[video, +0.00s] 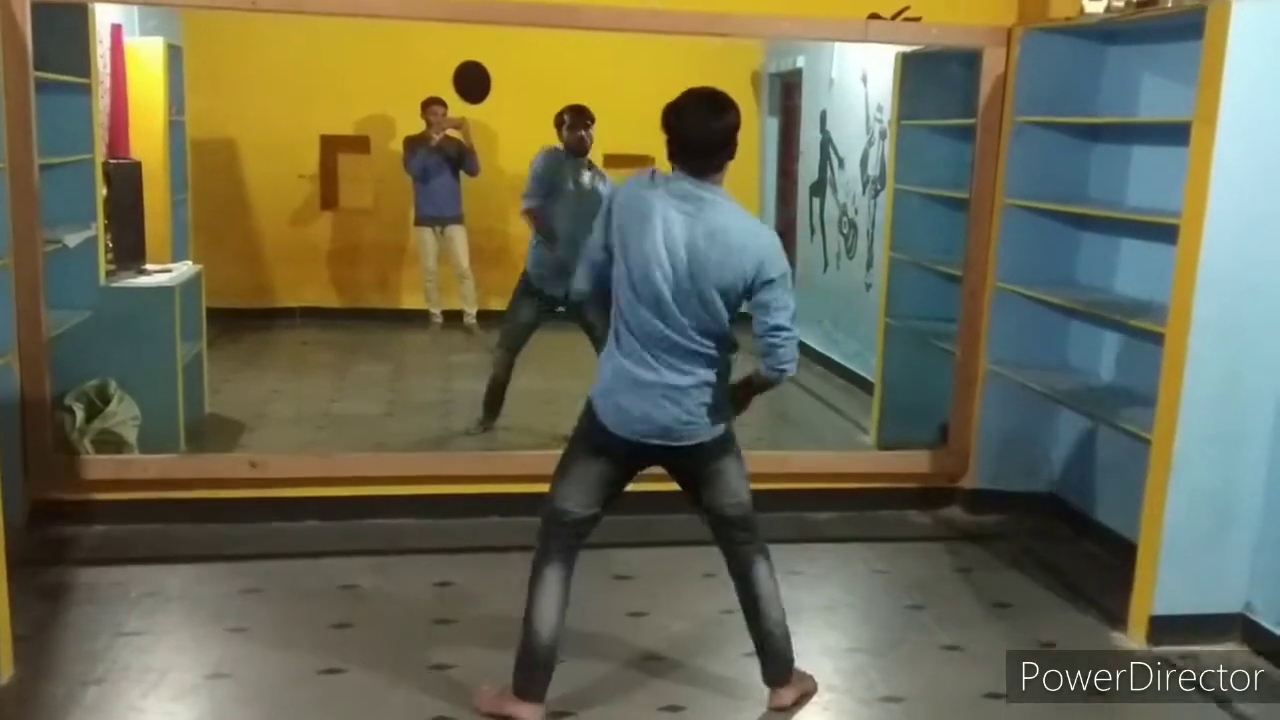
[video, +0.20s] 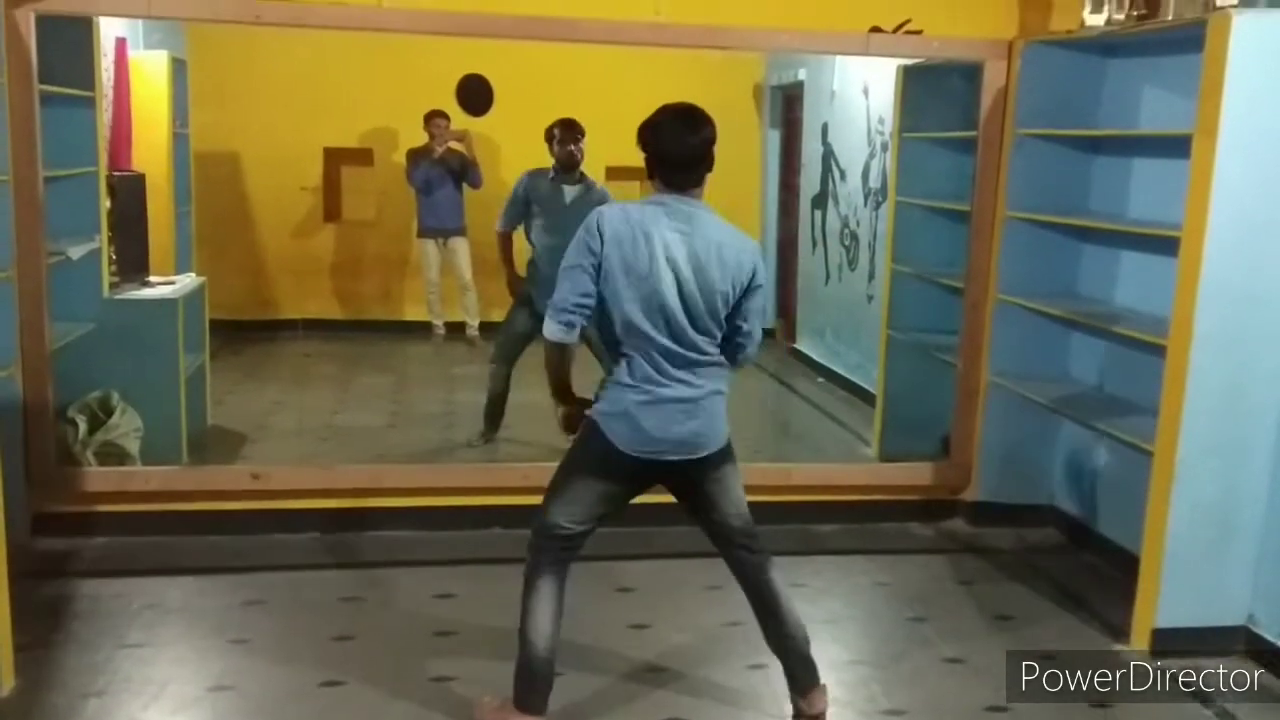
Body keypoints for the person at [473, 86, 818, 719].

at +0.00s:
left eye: (670, 139)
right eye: (730, 138)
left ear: (667, 144)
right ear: (733, 149)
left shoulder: (626, 200)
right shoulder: (755, 242)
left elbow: (584, 292)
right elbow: (779, 364)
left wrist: (617, 354)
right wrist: (733, 394)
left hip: (616, 410)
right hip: (697, 420)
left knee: (558, 540)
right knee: (745, 546)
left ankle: (527, 694)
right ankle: (782, 683)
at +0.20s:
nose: (643, 162)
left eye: (642, 154)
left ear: (647, 161)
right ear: (711, 163)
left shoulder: (605, 227)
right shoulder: (741, 249)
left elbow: (558, 335)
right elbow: (740, 349)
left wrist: (565, 399)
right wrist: (678, 349)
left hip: (622, 431)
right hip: (702, 433)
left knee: (550, 554)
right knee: (752, 560)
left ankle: (528, 706)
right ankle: (810, 698)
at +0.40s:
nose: (633, 184)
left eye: (634, 175)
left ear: (638, 181)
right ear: (699, 175)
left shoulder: (623, 239)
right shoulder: (735, 236)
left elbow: (596, 358)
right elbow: (787, 240)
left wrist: (597, 424)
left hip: (646, 444)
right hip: (720, 444)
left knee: (552, 551)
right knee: (766, 574)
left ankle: (534, 709)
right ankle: (819, 707)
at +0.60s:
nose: (624, 193)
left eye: (625, 186)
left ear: (632, 192)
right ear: (694, 186)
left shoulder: (626, 254)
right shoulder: (734, 248)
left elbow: (618, 371)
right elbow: (755, 299)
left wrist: (609, 434)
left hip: (654, 455)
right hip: (727, 454)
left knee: (561, 564)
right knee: (770, 583)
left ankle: (540, 711)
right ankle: (820, 710)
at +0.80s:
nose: (619, 199)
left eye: (619, 192)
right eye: (624, 190)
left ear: (629, 202)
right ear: (691, 196)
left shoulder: (635, 269)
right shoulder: (733, 266)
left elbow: (634, 386)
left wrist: (612, 441)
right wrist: (710, 236)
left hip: (656, 466)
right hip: (728, 461)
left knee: (560, 570)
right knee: (770, 588)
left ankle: (543, 711)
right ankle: (821, 710)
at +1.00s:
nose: (623, 212)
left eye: (624, 204)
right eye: (624, 204)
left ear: (636, 212)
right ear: (692, 202)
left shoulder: (651, 272)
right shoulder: (736, 257)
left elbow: (643, 399)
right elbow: (690, 246)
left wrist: (616, 445)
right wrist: (640, 239)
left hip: (660, 470)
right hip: (727, 465)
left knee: (565, 578)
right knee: (771, 594)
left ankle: (548, 713)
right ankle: (822, 712)